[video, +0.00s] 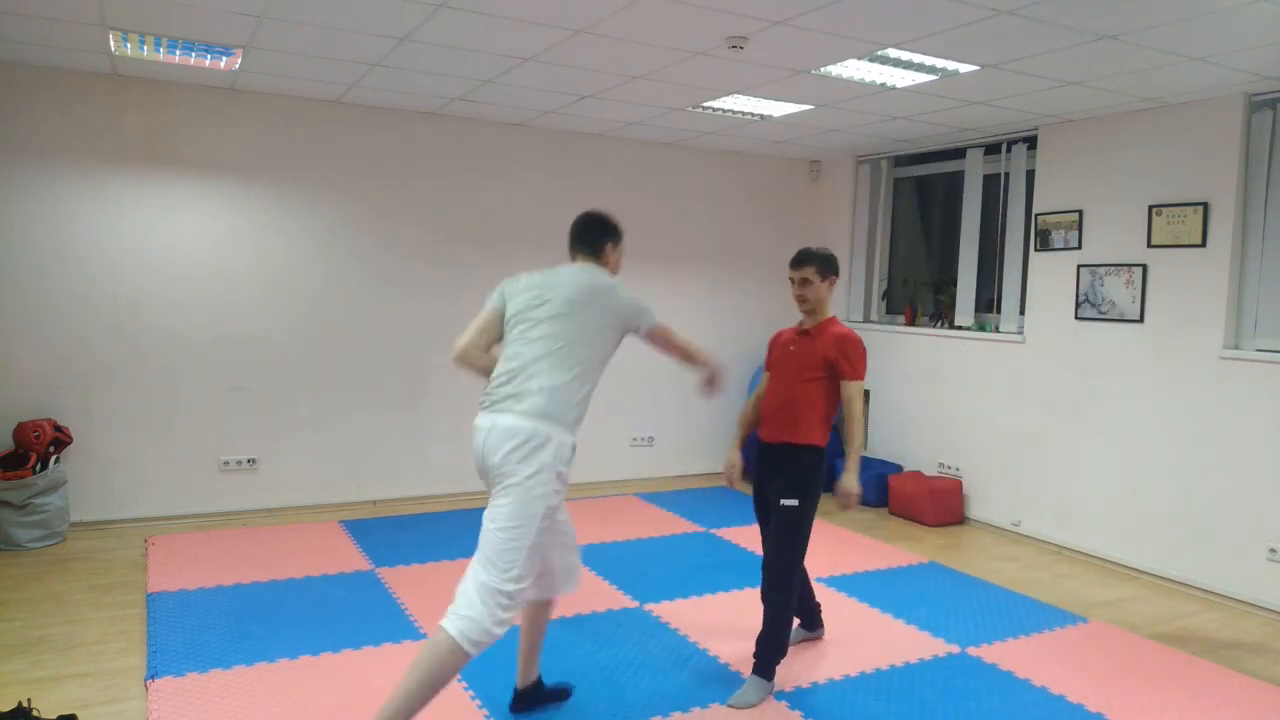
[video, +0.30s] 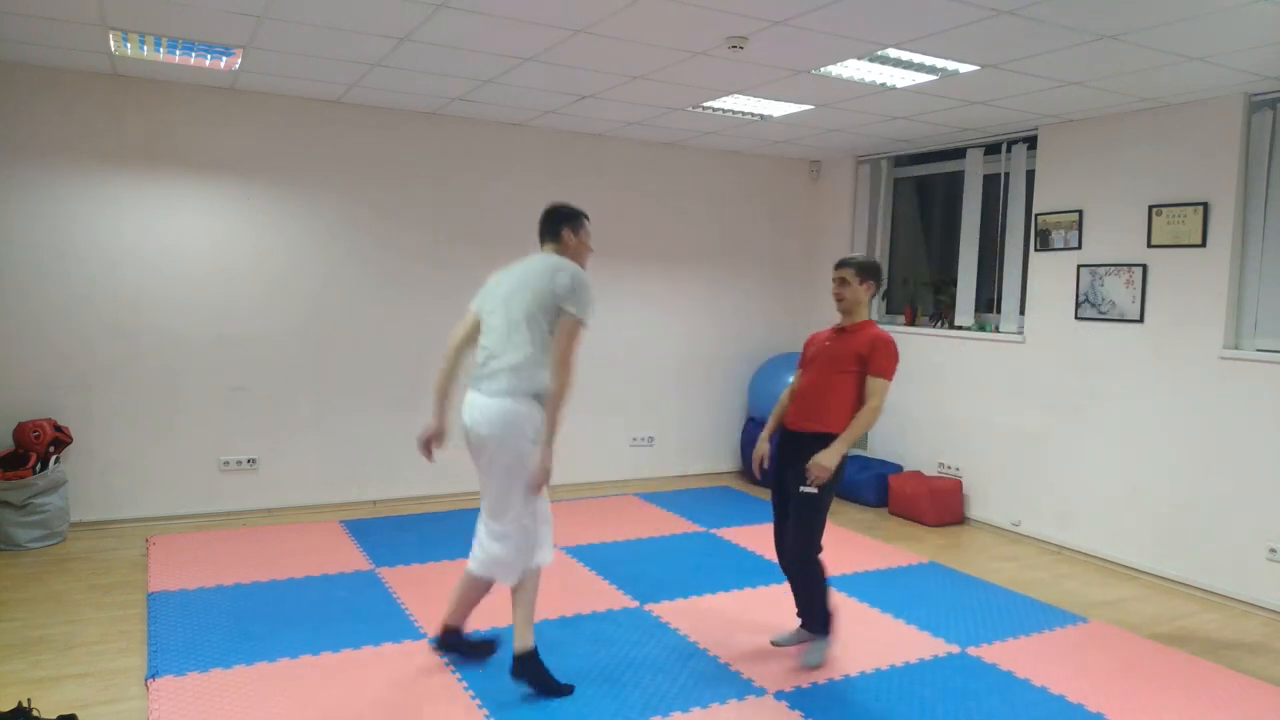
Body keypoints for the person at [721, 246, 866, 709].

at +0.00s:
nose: (799, 291)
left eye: (807, 282)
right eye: (794, 283)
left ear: (830, 284)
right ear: (790, 285)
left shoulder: (844, 342)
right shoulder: (781, 339)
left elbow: (854, 408)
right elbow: (761, 395)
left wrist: (851, 470)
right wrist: (736, 445)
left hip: (804, 460)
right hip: (764, 455)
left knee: (779, 564)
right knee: (780, 551)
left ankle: (763, 673)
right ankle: (810, 619)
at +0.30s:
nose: (835, 289)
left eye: (843, 283)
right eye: (834, 283)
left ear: (868, 288)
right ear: (834, 287)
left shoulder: (878, 342)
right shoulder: (817, 338)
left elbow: (873, 408)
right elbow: (793, 389)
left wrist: (833, 453)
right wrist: (765, 436)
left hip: (824, 449)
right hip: (788, 442)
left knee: (802, 546)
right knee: (785, 545)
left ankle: (820, 629)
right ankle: (809, 623)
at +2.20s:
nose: (807, 313)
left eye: (811, 305)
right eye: (807, 306)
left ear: (831, 306)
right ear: (833, 307)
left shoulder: (854, 336)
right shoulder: (849, 333)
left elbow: (800, 370)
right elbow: (812, 354)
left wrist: (782, 343)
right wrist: (788, 343)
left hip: (912, 436)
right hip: (902, 435)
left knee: (891, 519)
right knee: (884, 517)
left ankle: (872, 593)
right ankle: (870, 587)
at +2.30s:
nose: (812, 304)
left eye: (816, 297)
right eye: (813, 297)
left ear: (836, 299)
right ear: (838, 300)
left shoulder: (858, 332)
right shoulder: (854, 329)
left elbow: (803, 363)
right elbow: (814, 347)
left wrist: (785, 336)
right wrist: (792, 335)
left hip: (908, 435)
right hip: (899, 433)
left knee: (888, 518)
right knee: (882, 516)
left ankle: (872, 594)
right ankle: (870, 587)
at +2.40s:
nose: (821, 294)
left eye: (825, 286)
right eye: (822, 286)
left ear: (846, 289)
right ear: (848, 290)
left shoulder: (863, 325)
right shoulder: (859, 322)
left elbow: (809, 357)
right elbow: (823, 348)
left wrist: (795, 328)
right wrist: (805, 332)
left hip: (900, 433)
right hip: (893, 431)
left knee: (884, 515)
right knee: (878, 513)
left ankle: (871, 593)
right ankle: (870, 587)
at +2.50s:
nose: (832, 285)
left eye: (837, 278)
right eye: (832, 278)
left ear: (857, 281)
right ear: (857, 282)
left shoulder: (872, 320)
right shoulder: (864, 318)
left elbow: (823, 360)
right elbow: (827, 358)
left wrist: (815, 333)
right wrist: (821, 336)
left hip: (890, 430)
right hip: (882, 429)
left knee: (875, 514)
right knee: (868, 512)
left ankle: (872, 593)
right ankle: (869, 586)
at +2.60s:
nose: (841, 281)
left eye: (846, 274)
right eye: (842, 274)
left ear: (867, 279)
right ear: (865, 280)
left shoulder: (879, 321)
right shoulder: (865, 319)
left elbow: (847, 372)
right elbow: (848, 369)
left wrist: (829, 351)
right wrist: (837, 351)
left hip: (882, 429)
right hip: (868, 427)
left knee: (872, 513)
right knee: (851, 509)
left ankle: (873, 592)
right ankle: (870, 579)